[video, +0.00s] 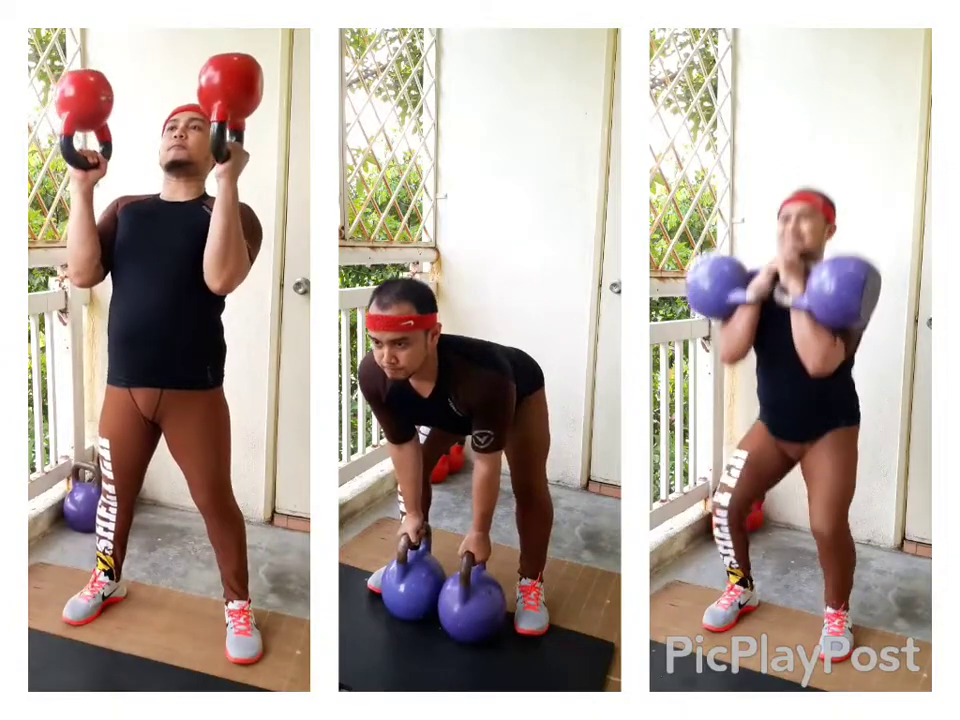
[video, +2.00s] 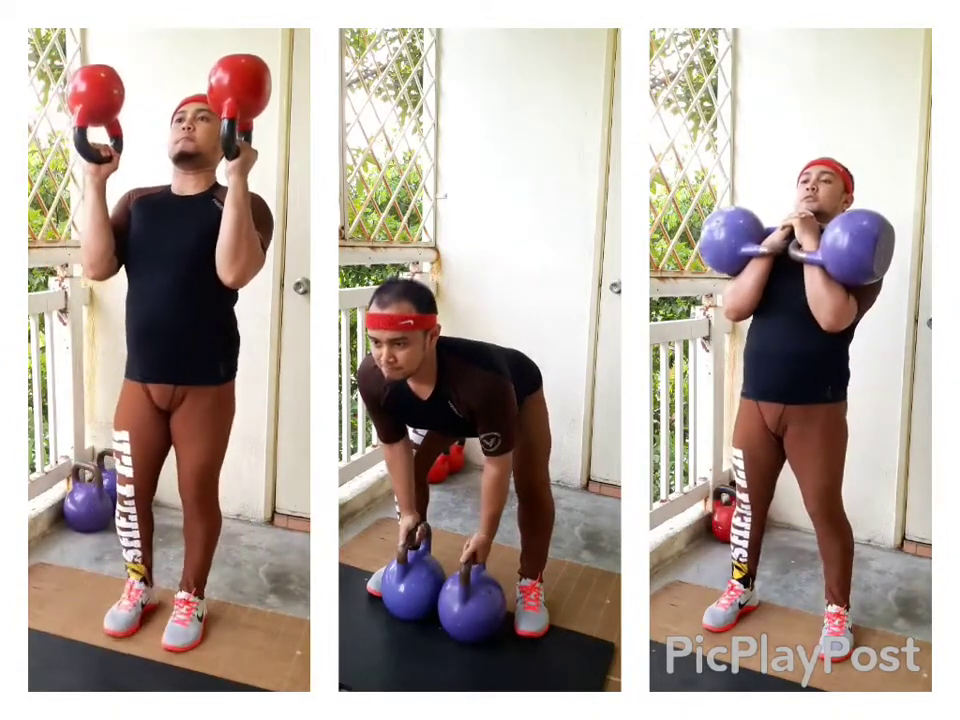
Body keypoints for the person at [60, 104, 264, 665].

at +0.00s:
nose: (178, 133)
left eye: (192, 127)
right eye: (171, 128)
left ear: (215, 148)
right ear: (159, 149)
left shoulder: (235, 216)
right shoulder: (125, 209)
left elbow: (221, 278)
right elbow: (82, 274)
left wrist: (226, 180)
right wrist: (83, 187)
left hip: (193, 391)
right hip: (123, 386)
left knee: (215, 503)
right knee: (115, 492)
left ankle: (238, 605)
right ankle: (106, 576)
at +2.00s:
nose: (187, 126)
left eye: (201, 119)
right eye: (179, 120)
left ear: (226, 138)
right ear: (167, 140)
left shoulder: (246, 205)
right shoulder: (138, 201)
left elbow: (234, 272)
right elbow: (97, 266)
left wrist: (235, 182)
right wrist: (96, 183)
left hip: (206, 381)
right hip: (140, 377)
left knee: (197, 496)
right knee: (132, 492)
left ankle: (190, 596)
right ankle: (138, 584)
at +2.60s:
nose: (189, 185)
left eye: (203, 178)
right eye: (179, 179)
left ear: (223, 196)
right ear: (168, 199)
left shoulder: (245, 260)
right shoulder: (144, 259)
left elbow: (235, 326)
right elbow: (109, 325)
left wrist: (240, 235)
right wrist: (102, 246)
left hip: (223, 401)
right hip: (165, 400)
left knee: (184, 503)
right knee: (176, 465)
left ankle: (187, 599)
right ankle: (209, 503)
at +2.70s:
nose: (190, 204)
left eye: (204, 196)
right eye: (181, 197)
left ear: (225, 213)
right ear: (171, 215)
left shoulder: (248, 278)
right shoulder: (147, 275)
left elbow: (235, 344)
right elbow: (114, 342)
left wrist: (237, 254)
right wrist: (104, 261)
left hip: (226, 414)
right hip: (168, 412)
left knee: (185, 504)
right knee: (175, 473)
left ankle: (187, 600)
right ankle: (212, 504)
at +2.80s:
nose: (193, 219)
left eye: (206, 212)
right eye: (185, 213)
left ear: (226, 229)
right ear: (174, 230)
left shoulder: (251, 292)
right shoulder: (150, 288)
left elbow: (236, 358)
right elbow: (118, 355)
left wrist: (236, 269)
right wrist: (106, 277)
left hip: (227, 426)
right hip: (170, 425)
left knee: (189, 510)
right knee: (176, 494)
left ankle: (188, 601)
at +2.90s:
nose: (196, 233)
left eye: (208, 226)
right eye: (188, 226)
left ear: (228, 241)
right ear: (177, 241)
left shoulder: (252, 303)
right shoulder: (153, 300)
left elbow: (237, 370)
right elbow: (120, 366)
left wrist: (239, 284)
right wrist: (107, 293)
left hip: (228, 436)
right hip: (171, 437)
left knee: (188, 511)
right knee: (179, 513)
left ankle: (188, 601)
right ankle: (195, 572)